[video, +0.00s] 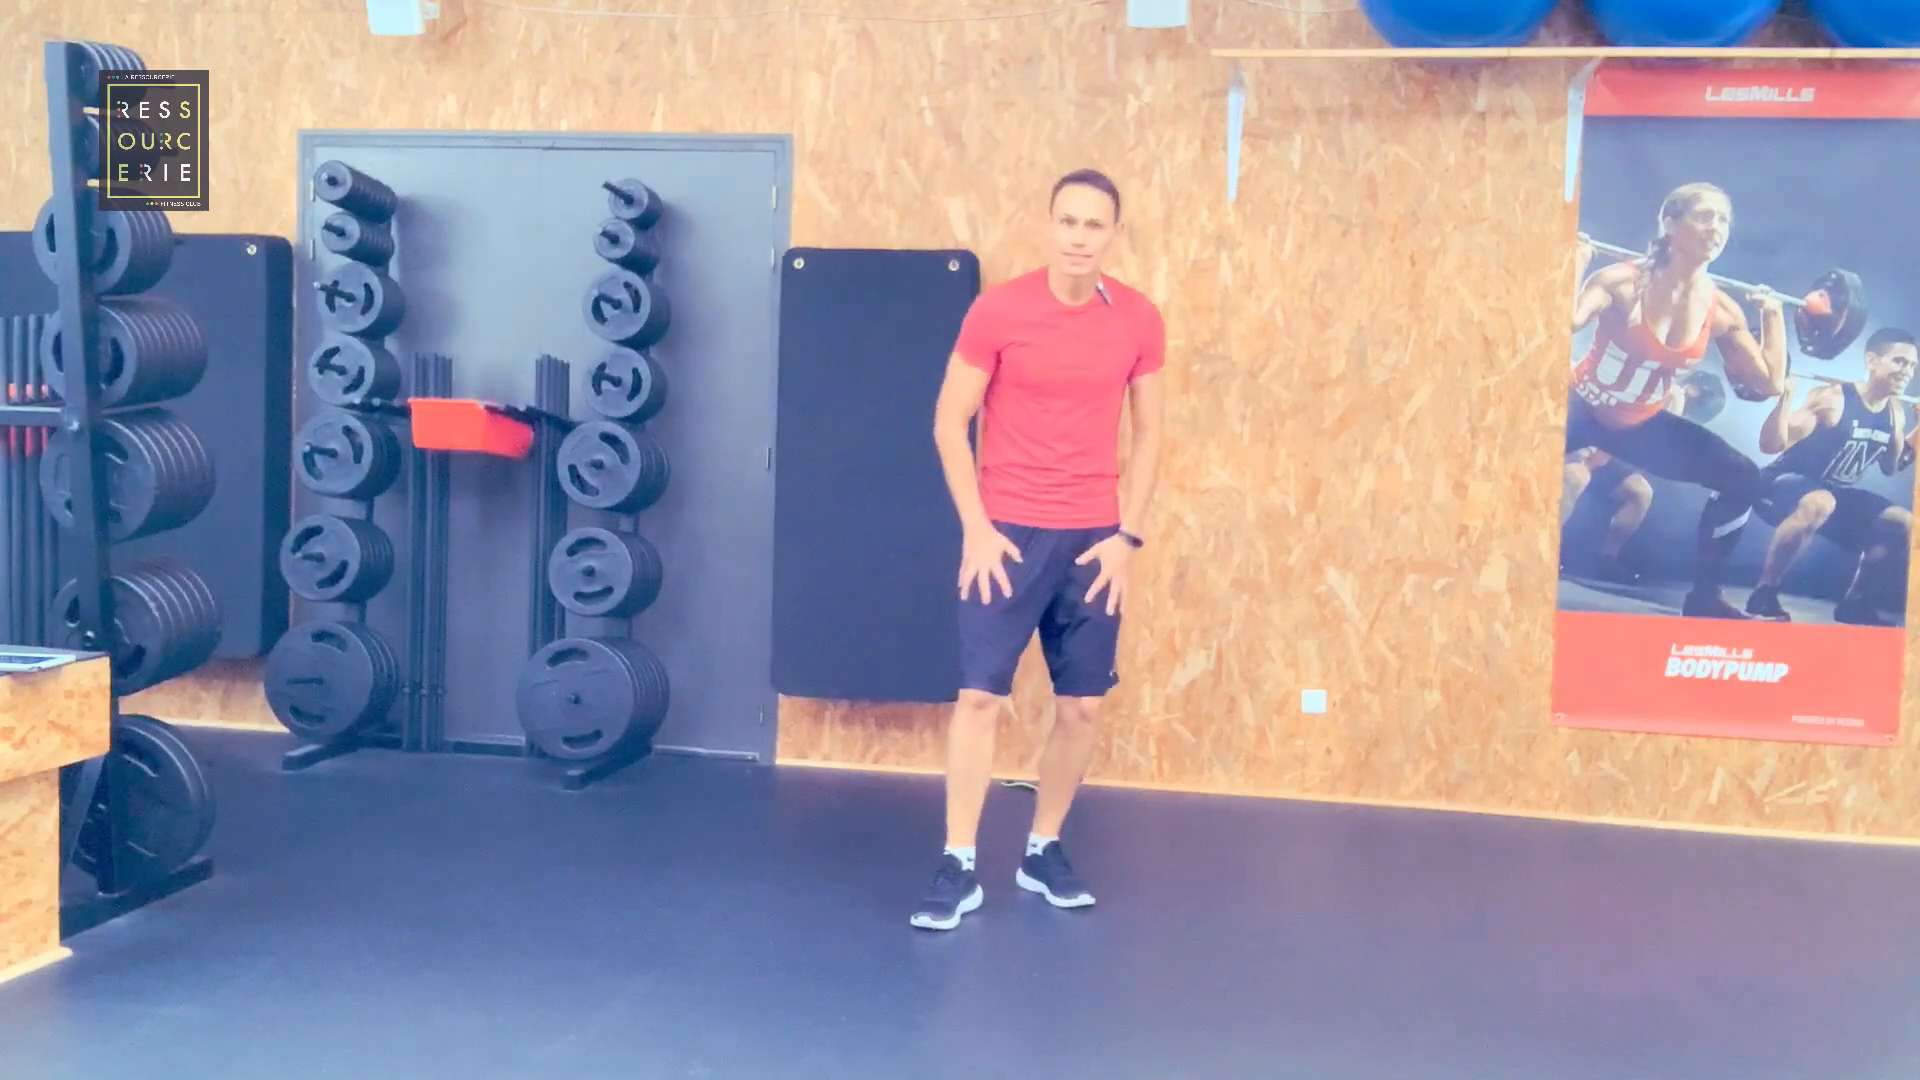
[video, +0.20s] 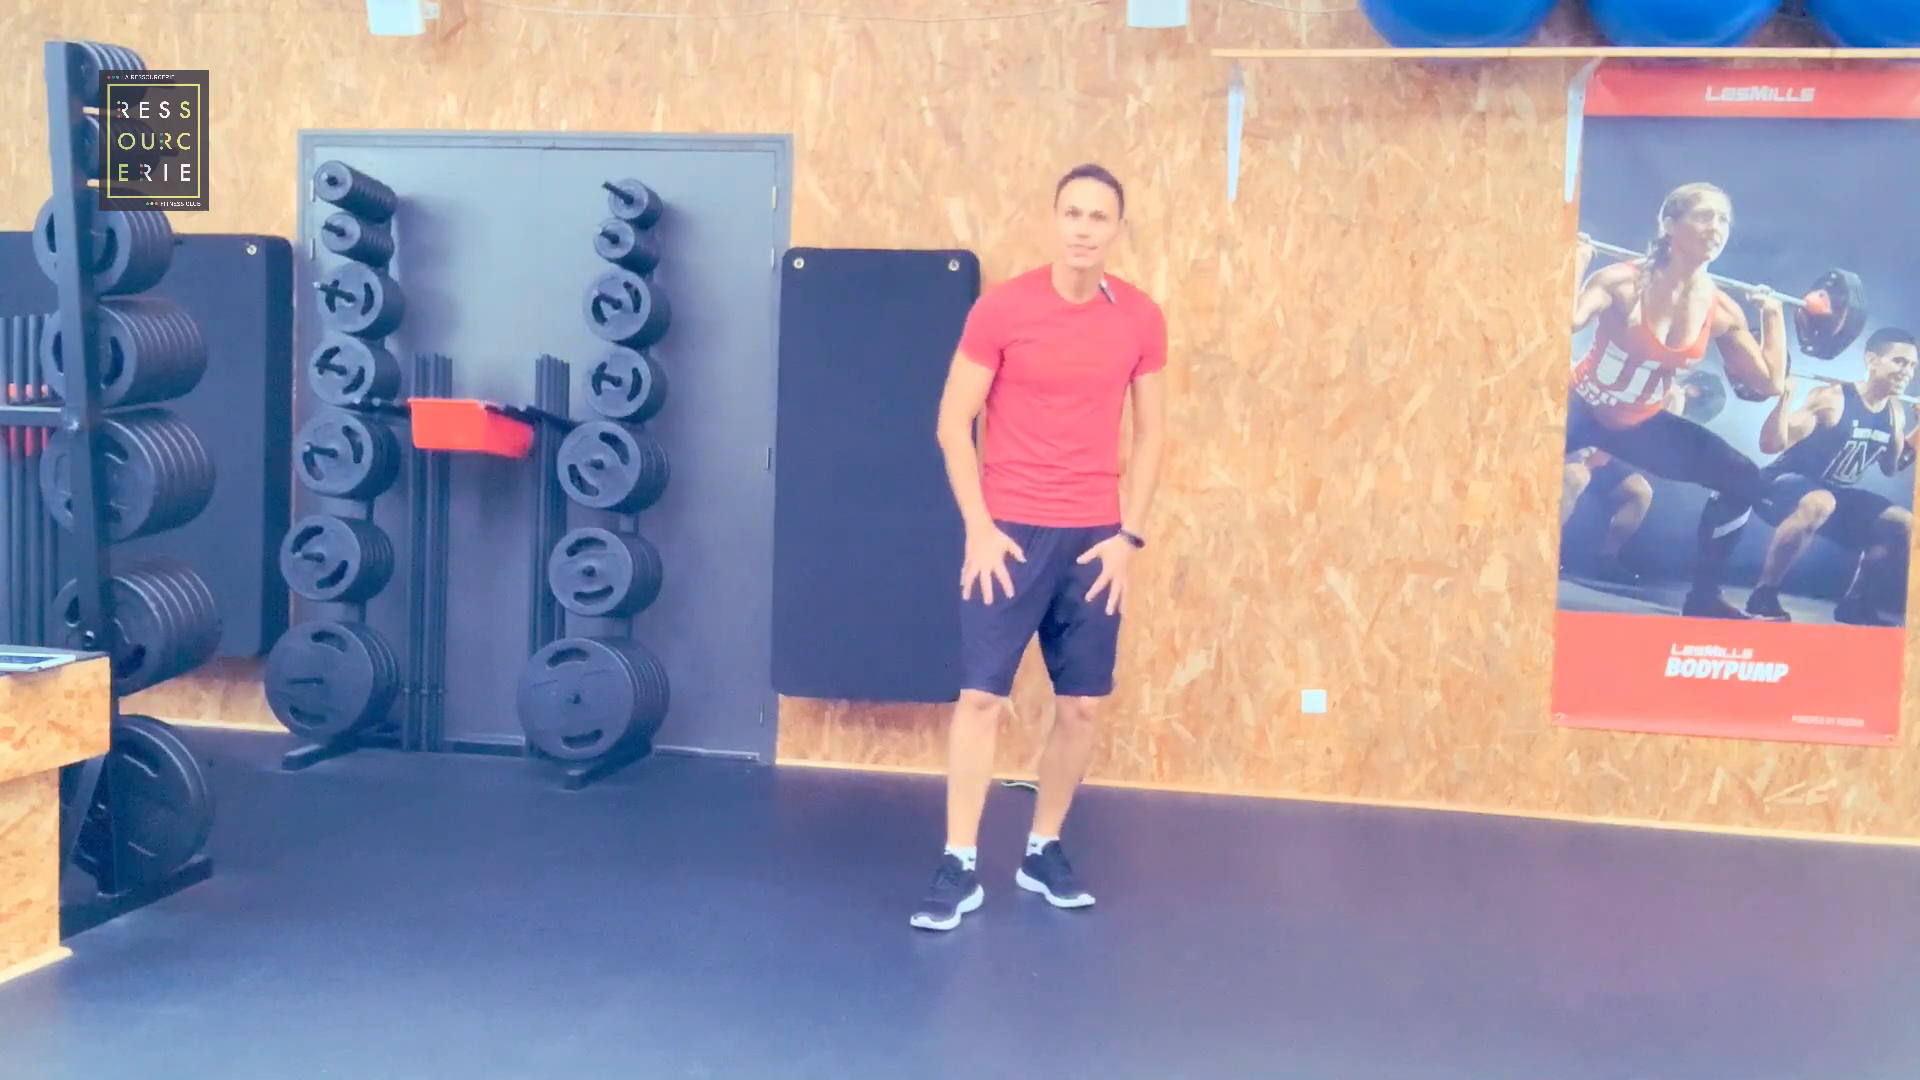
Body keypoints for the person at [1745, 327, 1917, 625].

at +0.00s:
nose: (1906, 372)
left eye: (1911, 365)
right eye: (1899, 361)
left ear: (1913, 371)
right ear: (1872, 361)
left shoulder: (1894, 411)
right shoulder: (1831, 397)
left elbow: (1890, 466)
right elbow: (1768, 444)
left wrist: (1910, 444)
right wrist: (1784, 398)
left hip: (1838, 494)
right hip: (1785, 481)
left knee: (1904, 524)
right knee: (1821, 502)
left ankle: (1854, 605)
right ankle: (1763, 595)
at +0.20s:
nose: (1906, 372)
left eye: (1911, 365)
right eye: (1899, 361)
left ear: (1913, 371)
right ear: (1872, 361)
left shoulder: (1894, 411)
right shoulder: (1831, 397)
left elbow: (1891, 466)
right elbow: (1769, 444)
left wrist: (1911, 442)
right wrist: (1785, 397)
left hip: (1838, 494)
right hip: (1785, 481)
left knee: (1905, 524)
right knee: (1821, 502)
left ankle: (1854, 604)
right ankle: (1763, 596)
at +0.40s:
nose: (1906, 372)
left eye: (1911, 365)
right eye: (1899, 361)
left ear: (1913, 371)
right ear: (1872, 361)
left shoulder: (1894, 411)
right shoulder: (1831, 397)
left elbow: (1891, 466)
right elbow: (1768, 444)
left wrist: (1911, 441)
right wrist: (1784, 398)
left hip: (1839, 494)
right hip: (1785, 481)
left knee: (1905, 524)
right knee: (1820, 502)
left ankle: (1855, 605)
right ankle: (1763, 595)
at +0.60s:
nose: (1906, 372)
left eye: (1911, 365)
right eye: (1899, 361)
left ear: (1913, 371)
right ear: (1872, 361)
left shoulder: (1894, 411)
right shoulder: (1831, 397)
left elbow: (1891, 467)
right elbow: (1769, 444)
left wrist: (1914, 438)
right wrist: (1785, 397)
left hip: (1839, 494)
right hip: (1785, 481)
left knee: (1905, 524)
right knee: (1821, 502)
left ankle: (1855, 604)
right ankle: (1763, 596)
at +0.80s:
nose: (1906, 372)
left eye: (1911, 365)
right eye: (1899, 361)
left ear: (1913, 371)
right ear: (1872, 361)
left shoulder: (1894, 411)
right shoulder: (1831, 397)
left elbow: (1891, 467)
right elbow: (1769, 444)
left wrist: (1914, 438)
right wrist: (1785, 397)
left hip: (1838, 495)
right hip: (1785, 481)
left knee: (1905, 525)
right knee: (1821, 502)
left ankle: (1855, 604)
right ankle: (1763, 596)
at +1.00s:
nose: (1906, 372)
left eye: (1911, 365)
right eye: (1899, 361)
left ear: (1913, 371)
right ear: (1872, 361)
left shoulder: (1894, 412)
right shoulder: (1830, 397)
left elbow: (1891, 467)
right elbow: (1769, 444)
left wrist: (1912, 440)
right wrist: (1784, 397)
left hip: (1839, 495)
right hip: (1786, 481)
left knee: (1905, 524)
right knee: (1821, 502)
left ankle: (1855, 604)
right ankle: (1763, 596)